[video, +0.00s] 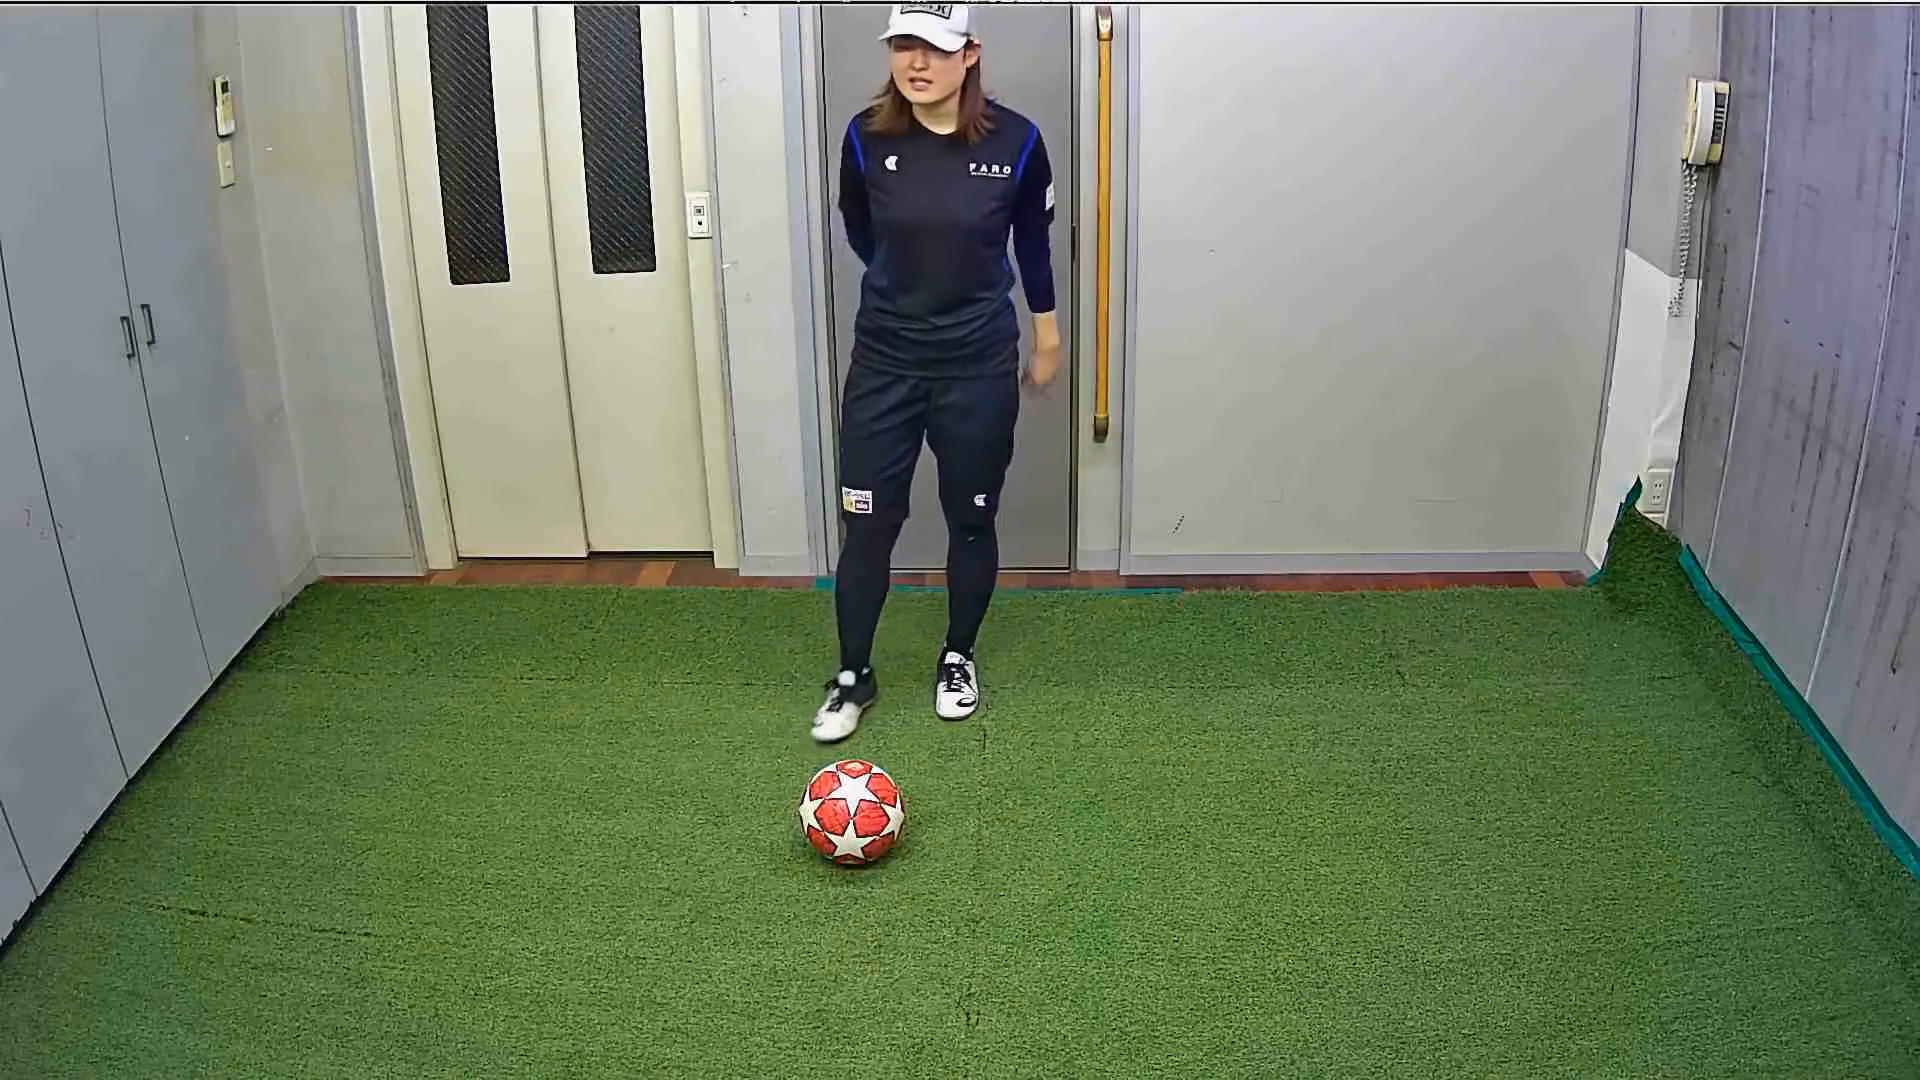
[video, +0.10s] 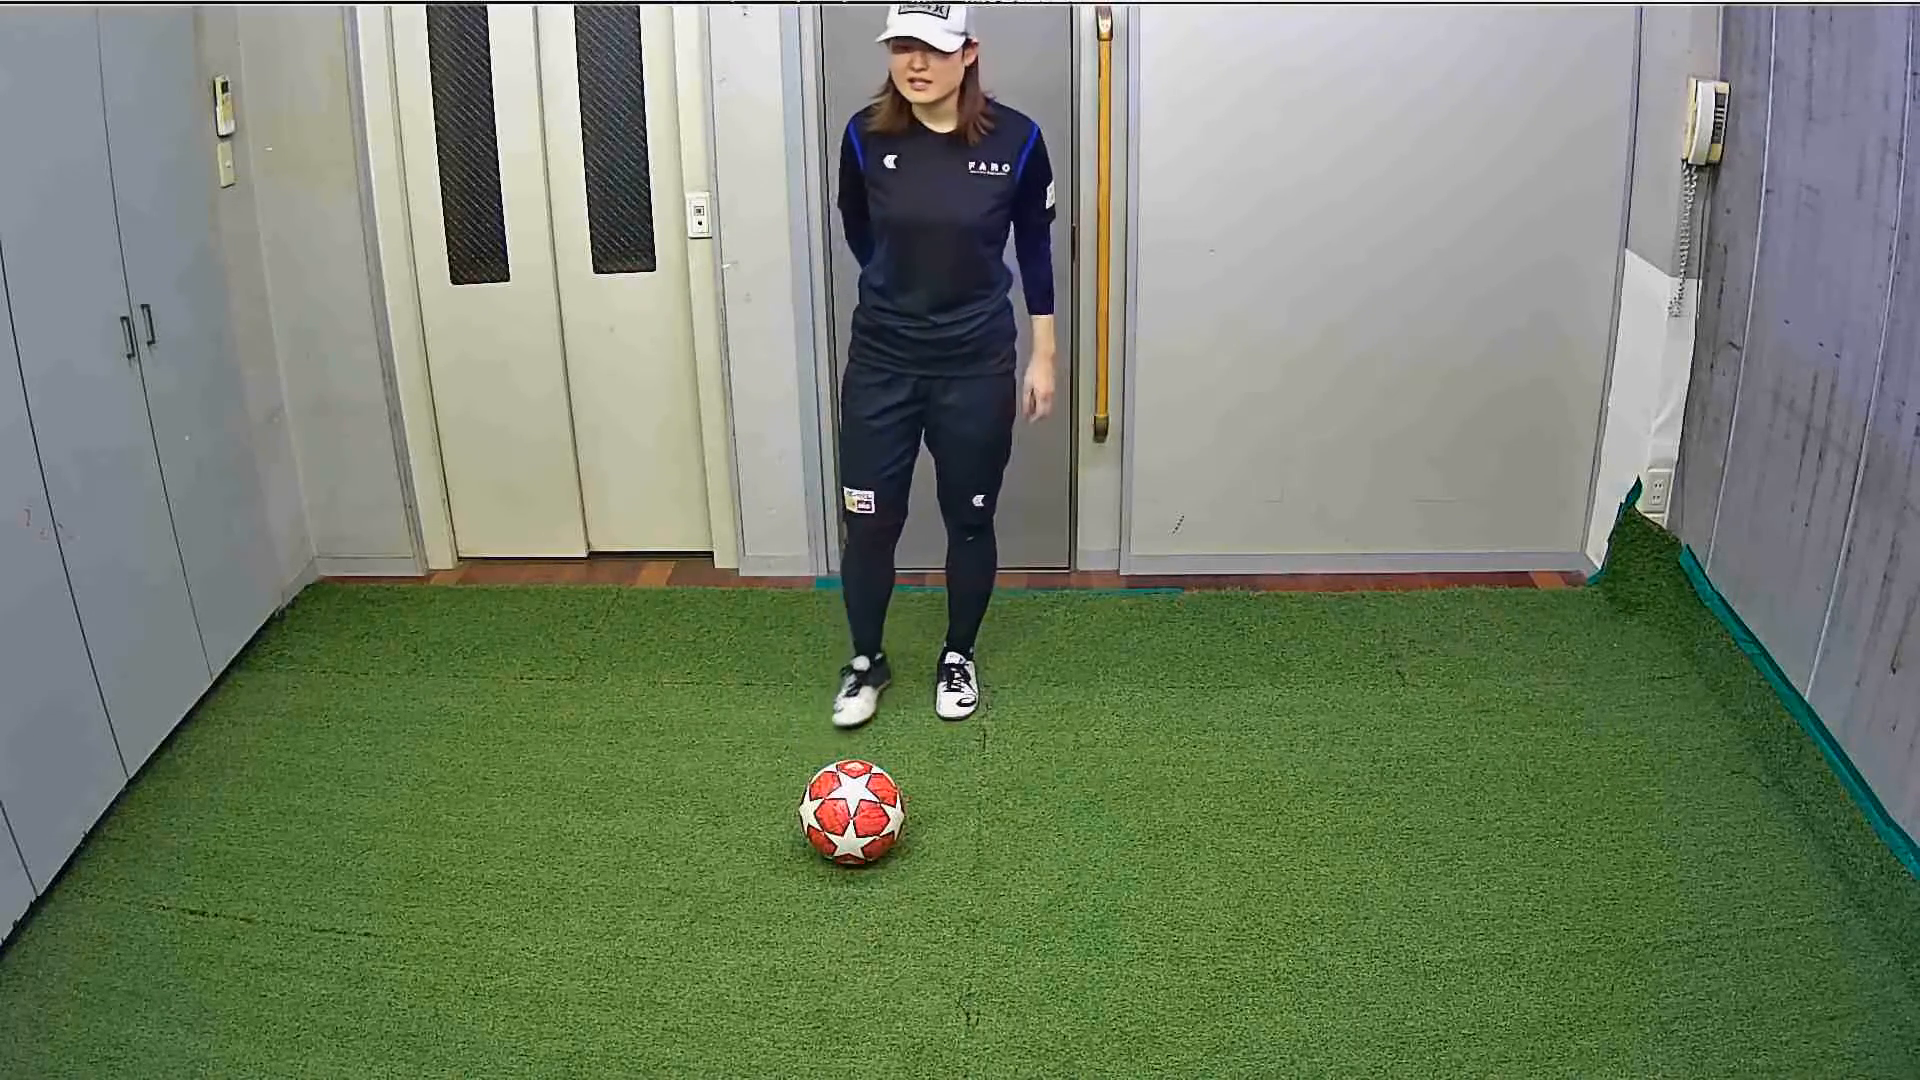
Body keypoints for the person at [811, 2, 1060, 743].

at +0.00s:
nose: (917, 61)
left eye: (934, 49)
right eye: (905, 47)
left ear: (969, 57)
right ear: (890, 57)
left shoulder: (1017, 142)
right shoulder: (866, 136)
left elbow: (1033, 238)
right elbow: (861, 234)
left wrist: (1046, 326)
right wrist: (914, 278)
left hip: (978, 355)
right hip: (884, 353)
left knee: (971, 516)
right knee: (865, 515)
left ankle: (957, 658)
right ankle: (852, 676)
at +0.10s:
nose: (914, 63)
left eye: (931, 50)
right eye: (903, 48)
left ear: (967, 55)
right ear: (888, 57)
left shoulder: (1016, 140)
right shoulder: (865, 136)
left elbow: (1035, 248)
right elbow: (859, 236)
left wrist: (1043, 352)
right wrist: (906, 287)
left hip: (975, 358)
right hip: (882, 355)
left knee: (970, 517)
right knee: (867, 512)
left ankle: (958, 657)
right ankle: (866, 662)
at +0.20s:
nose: (911, 64)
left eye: (927, 50)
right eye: (899, 49)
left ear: (963, 55)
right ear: (885, 57)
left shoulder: (1012, 138)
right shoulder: (860, 136)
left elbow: (1032, 252)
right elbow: (852, 239)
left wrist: (1039, 362)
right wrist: (883, 303)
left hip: (974, 361)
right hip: (879, 357)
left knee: (968, 519)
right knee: (872, 517)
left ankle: (958, 658)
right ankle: (880, 652)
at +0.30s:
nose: (900, 66)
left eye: (917, 51)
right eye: (889, 51)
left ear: (953, 55)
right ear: (873, 58)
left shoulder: (1003, 138)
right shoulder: (849, 138)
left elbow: (1026, 253)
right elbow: (833, 236)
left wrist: (1027, 363)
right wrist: (831, 335)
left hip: (967, 363)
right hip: (872, 360)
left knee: (963, 520)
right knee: (872, 520)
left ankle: (958, 657)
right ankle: (886, 654)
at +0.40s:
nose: (891, 67)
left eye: (908, 54)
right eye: (881, 53)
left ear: (945, 57)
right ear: (868, 59)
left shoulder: (996, 138)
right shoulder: (844, 139)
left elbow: (1019, 255)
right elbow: (823, 240)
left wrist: (1020, 363)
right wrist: (815, 343)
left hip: (962, 365)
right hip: (866, 362)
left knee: (960, 523)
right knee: (869, 521)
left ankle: (958, 660)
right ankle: (886, 654)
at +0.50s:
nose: (883, 70)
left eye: (900, 56)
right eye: (870, 55)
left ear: (936, 57)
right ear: (856, 61)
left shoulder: (987, 138)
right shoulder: (835, 140)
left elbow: (1006, 257)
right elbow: (814, 241)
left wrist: (1010, 370)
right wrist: (789, 348)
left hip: (954, 367)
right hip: (859, 367)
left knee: (953, 528)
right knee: (867, 526)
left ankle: (956, 659)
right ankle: (887, 655)